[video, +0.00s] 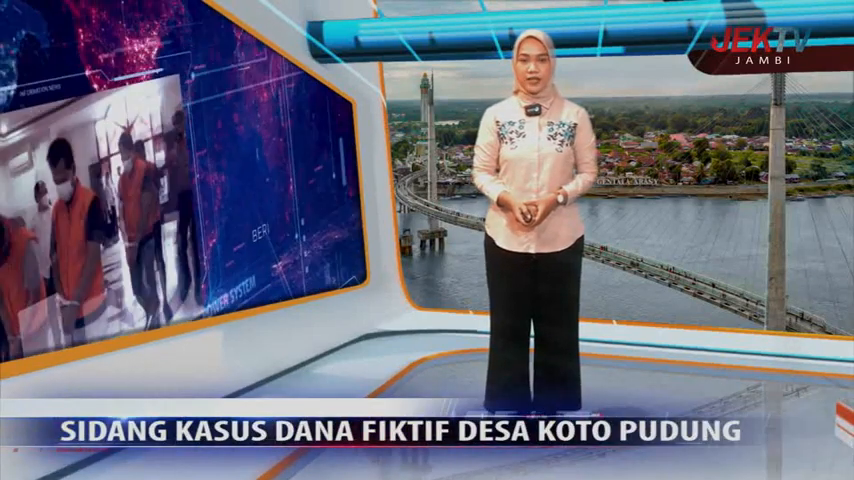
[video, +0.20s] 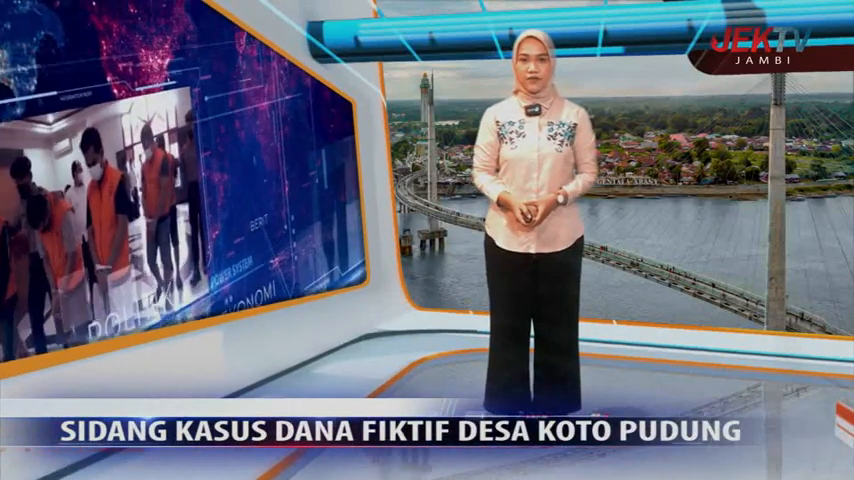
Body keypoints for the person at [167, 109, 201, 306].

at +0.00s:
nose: (179, 124)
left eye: (181, 120)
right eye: (176, 121)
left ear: (187, 122)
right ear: (174, 123)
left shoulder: (194, 140)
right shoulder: (172, 142)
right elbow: (169, 165)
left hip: (195, 190)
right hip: (180, 193)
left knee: (198, 240)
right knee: (181, 242)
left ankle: (201, 285)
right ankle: (184, 283)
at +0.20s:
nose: (192, 126)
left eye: (194, 122)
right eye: (190, 122)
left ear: (198, 123)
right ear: (187, 124)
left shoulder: (205, 142)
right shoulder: (185, 147)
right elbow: (185, 168)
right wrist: (185, 187)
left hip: (205, 182)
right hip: (192, 184)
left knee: (208, 225)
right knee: (194, 228)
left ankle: (212, 266)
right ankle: (196, 268)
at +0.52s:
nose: (201, 137)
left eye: (202, 134)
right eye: (199, 134)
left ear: (206, 134)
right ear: (197, 135)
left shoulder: (210, 148)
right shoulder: (197, 150)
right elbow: (194, 168)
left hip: (210, 181)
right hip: (201, 182)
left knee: (212, 216)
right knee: (204, 218)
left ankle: (216, 248)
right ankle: (206, 249)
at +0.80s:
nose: (204, 140)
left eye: (205, 137)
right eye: (204, 137)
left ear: (209, 137)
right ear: (204, 137)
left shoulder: (211, 150)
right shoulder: (205, 150)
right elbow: (201, 164)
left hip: (213, 176)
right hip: (206, 177)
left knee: (214, 202)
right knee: (206, 204)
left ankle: (216, 224)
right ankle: (209, 225)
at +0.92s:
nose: (207, 145)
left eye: (209, 143)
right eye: (206, 143)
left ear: (212, 143)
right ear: (206, 144)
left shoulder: (215, 154)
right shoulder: (206, 156)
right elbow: (203, 168)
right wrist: (201, 177)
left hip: (216, 176)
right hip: (209, 177)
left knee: (216, 198)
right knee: (206, 200)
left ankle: (219, 215)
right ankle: (210, 216)